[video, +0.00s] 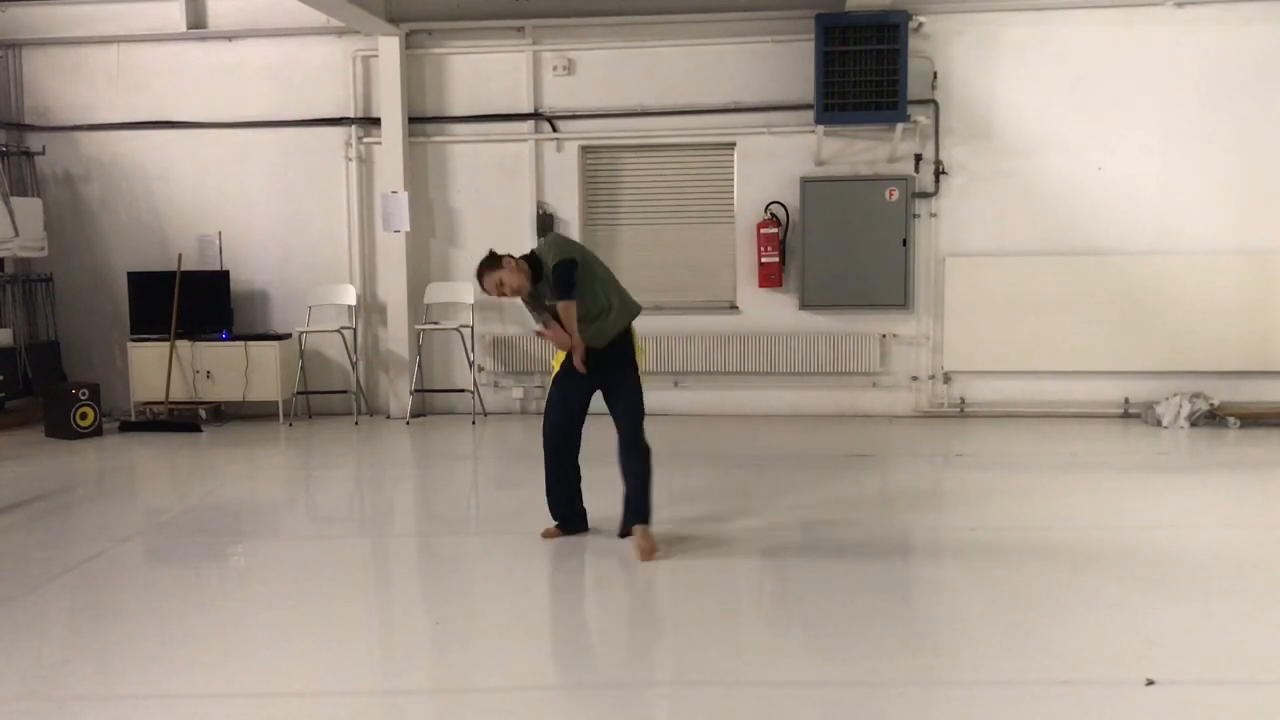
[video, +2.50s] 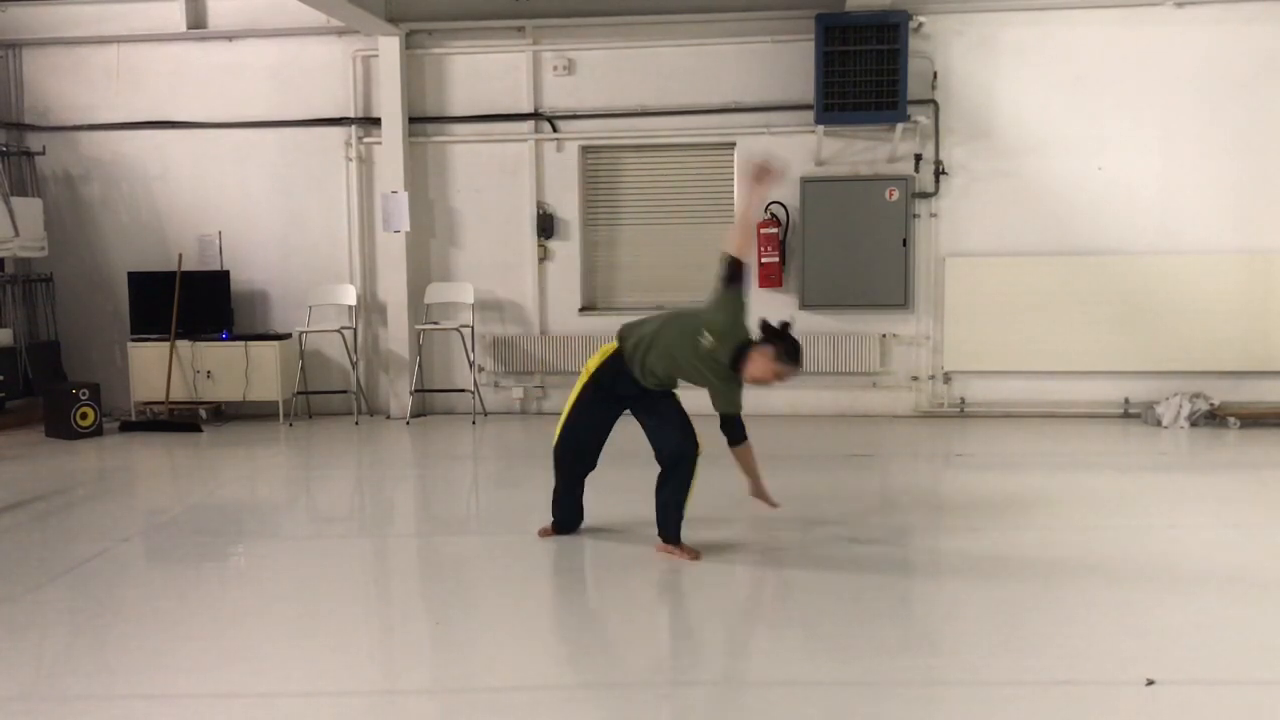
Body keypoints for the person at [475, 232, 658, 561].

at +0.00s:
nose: (507, 292)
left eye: (501, 283)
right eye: (501, 293)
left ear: (510, 262)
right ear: (504, 295)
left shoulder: (553, 248)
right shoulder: (535, 298)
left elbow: (564, 285)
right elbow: (555, 330)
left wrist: (576, 339)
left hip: (615, 342)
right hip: (578, 353)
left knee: (631, 432)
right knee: (557, 433)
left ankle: (638, 523)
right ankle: (571, 519)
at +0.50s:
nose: (582, 350)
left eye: (585, 345)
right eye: (577, 346)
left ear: (598, 330)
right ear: (568, 314)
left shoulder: (630, 320)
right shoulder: (583, 295)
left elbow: (615, 368)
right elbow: (574, 268)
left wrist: (567, 401)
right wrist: (560, 305)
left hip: (615, 384)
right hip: (584, 373)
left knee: (621, 463)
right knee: (530, 445)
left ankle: (682, 535)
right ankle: (569, 518)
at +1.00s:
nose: (689, 272)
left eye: (697, 280)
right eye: (694, 270)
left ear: (690, 302)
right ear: (678, 274)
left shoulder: (668, 327)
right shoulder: (633, 288)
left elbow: (692, 378)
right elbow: (606, 324)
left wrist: (727, 421)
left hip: (591, 388)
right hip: (560, 370)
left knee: (619, 471)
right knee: (520, 459)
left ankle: (680, 540)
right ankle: (567, 518)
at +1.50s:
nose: (584, 292)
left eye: (586, 285)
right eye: (583, 289)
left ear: (601, 278)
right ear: (601, 291)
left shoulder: (629, 262)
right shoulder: (612, 334)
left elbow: (648, 287)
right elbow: (582, 376)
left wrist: (667, 326)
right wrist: (530, 387)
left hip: (653, 367)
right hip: (617, 376)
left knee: (651, 465)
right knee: (572, 451)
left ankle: (688, 541)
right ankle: (570, 523)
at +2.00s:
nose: (573, 318)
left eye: (573, 313)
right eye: (568, 315)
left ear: (581, 298)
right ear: (580, 289)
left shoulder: (620, 302)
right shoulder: (602, 293)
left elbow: (590, 342)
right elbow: (597, 335)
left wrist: (549, 344)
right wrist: (560, 349)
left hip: (662, 394)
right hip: (621, 388)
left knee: (669, 461)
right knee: (564, 445)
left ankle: (691, 539)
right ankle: (570, 521)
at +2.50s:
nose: (771, 381)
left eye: (778, 378)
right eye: (775, 372)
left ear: (770, 367)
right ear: (763, 349)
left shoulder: (725, 384)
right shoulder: (727, 315)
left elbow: (736, 436)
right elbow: (736, 253)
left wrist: (756, 484)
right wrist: (753, 193)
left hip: (653, 387)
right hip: (617, 364)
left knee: (682, 451)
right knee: (570, 447)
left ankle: (669, 539)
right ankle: (566, 521)